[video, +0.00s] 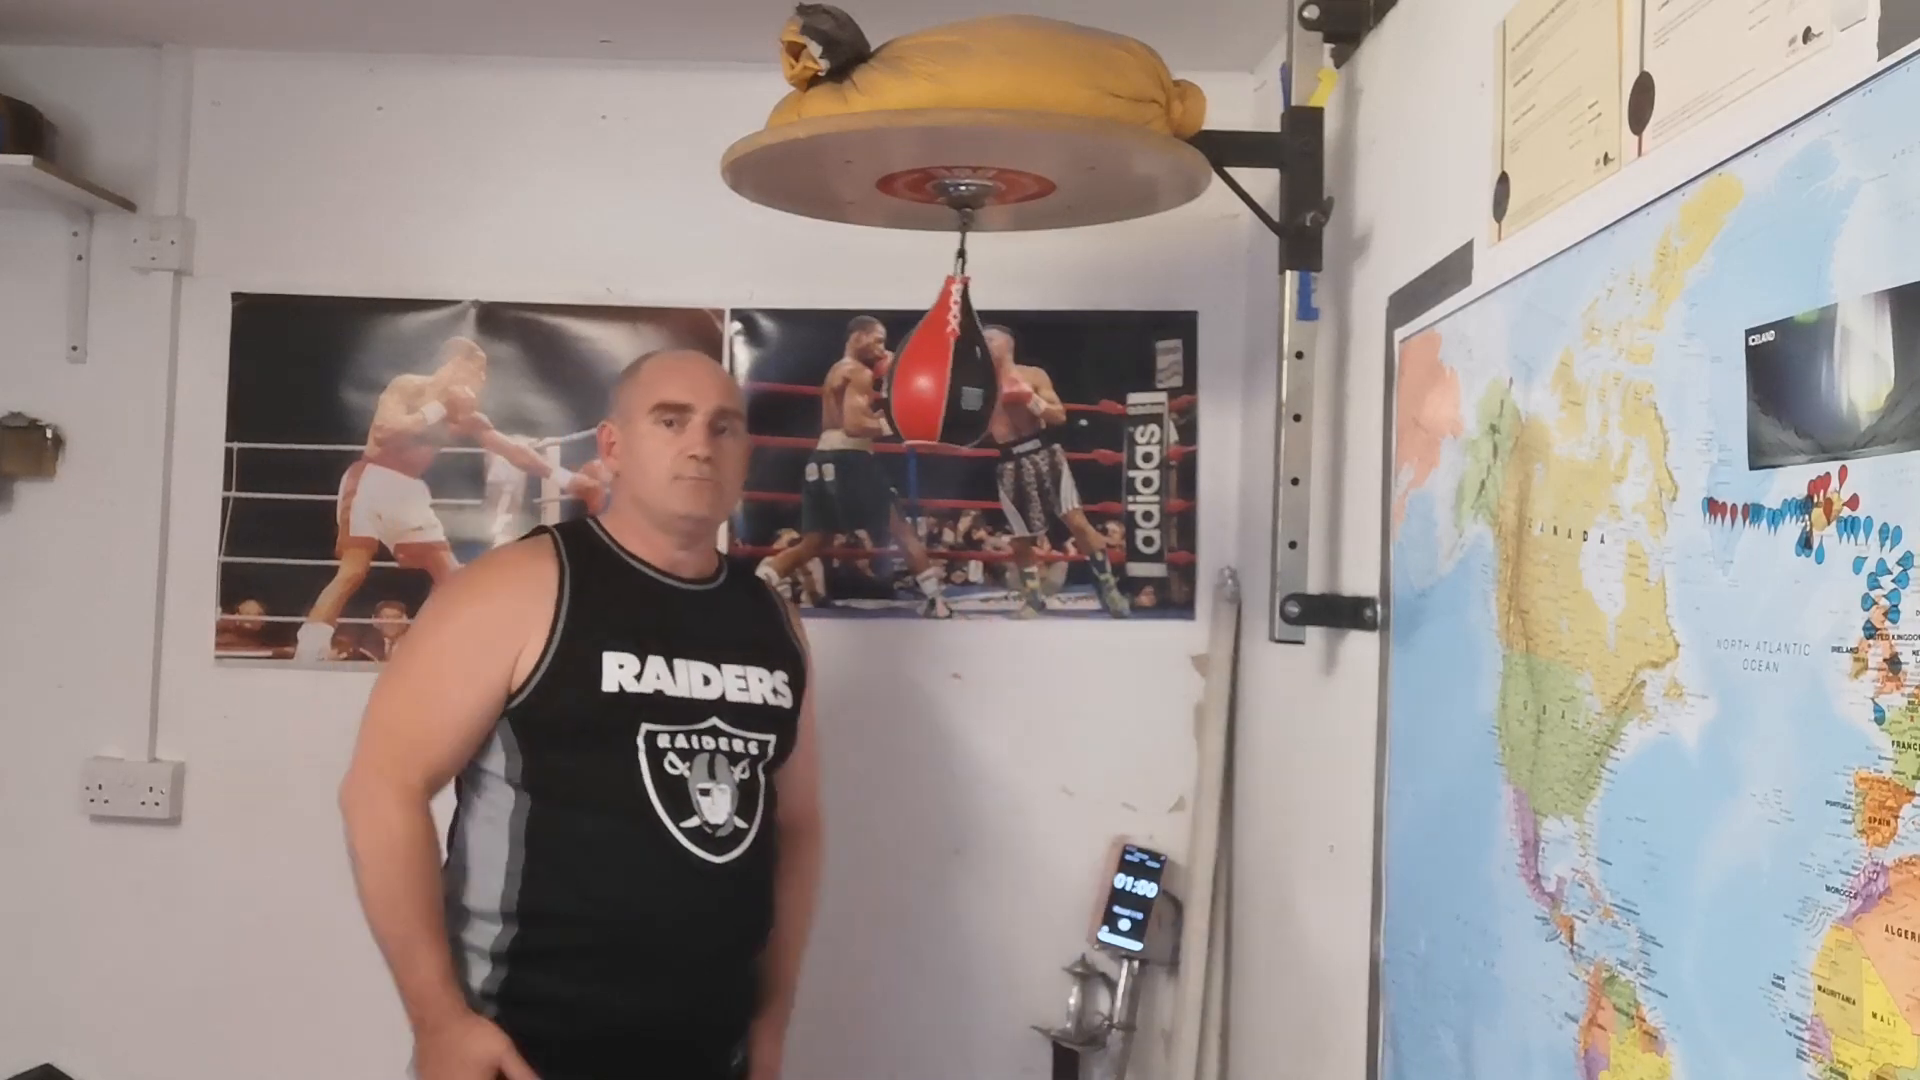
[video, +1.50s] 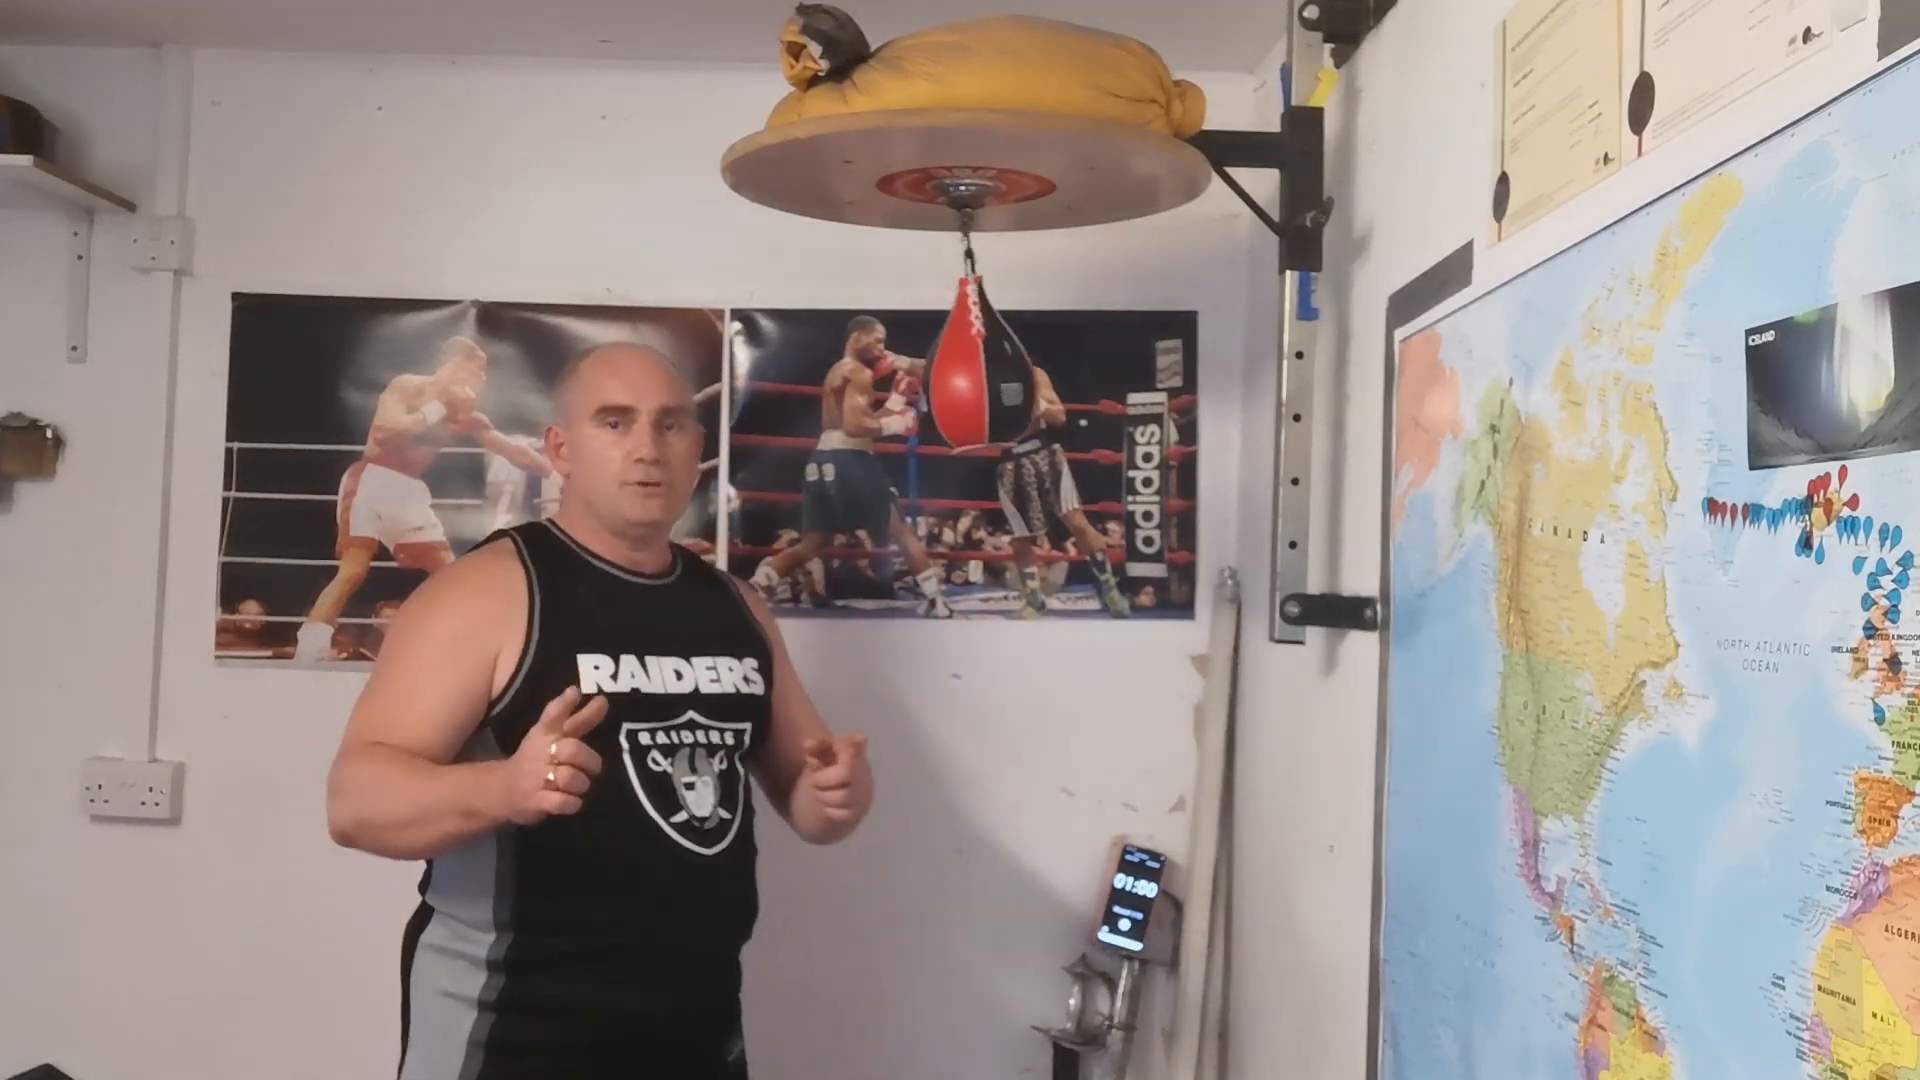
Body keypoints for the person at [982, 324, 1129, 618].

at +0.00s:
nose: (989, 348)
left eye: (993, 341)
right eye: (984, 343)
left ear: (1009, 345)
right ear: (981, 351)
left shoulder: (1033, 375)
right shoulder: (981, 385)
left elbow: (1059, 416)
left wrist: (1033, 401)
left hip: (1046, 457)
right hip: (1011, 465)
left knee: (1075, 521)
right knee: (1022, 538)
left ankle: (1109, 588)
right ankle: (1032, 599)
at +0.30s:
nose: (996, 355)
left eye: (999, 348)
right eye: (991, 349)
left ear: (1010, 348)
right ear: (985, 353)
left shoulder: (1034, 375)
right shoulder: (982, 383)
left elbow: (1059, 416)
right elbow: (974, 427)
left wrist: (1033, 401)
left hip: (1046, 456)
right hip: (1011, 464)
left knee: (1075, 522)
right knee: (1022, 538)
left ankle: (1108, 587)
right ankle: (1032, 599)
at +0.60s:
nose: (1006, 360)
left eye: (1008, 354)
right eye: (997, 357)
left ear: (1017, 354)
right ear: (989, 363)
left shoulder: (1035, 376)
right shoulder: (984, 386)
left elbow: (1059, 416)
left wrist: (1037, 404)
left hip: (1047, 455)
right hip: (1012, 463)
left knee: (1076, 521)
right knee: (1021, 537)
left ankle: (1109, 588)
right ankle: (1032, 598)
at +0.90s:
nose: (994, 353)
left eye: (998, 346)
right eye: (990, 348)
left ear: (1010, 347)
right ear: (984, 353)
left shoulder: (1033, 375)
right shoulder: (984, 384)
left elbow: (1059, 416)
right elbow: (977, 428)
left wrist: (1037, 404)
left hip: (1046, 456)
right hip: (1011, 464)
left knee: (1075, 521)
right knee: (1021, 538)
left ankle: (1109, 588)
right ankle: (1032, 597)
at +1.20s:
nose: (996, 356)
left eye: (1000, 349)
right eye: (991, 351)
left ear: (1010, 349)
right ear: (984, 355)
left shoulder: (1034, 375)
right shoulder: (984, 385)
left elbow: (1059, 417)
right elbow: (979, 428)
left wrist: (1034, 401)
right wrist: (998, 397)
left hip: (1046, 456)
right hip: (1011, 464)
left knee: (1075, 521)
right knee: (1022, 537)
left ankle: (1109, 587)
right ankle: (1032, 598)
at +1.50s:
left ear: (1018, 356)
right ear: (991, 363)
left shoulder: (1035, 376)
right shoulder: (983, 385)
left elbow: (1059, 416)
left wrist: (1041, 405)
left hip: (1047, 455)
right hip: (1011, 464)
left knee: (1076, 522)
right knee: (1021, 537)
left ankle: (1110, 590)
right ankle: (1032, 600)